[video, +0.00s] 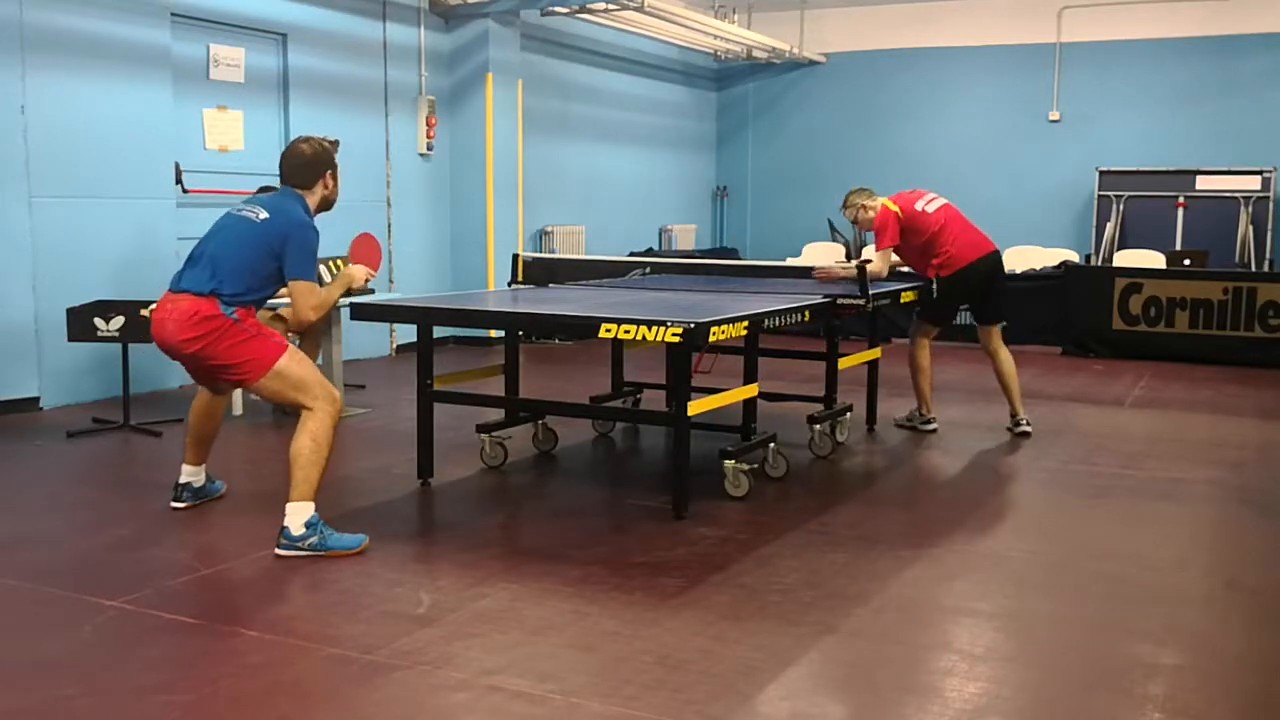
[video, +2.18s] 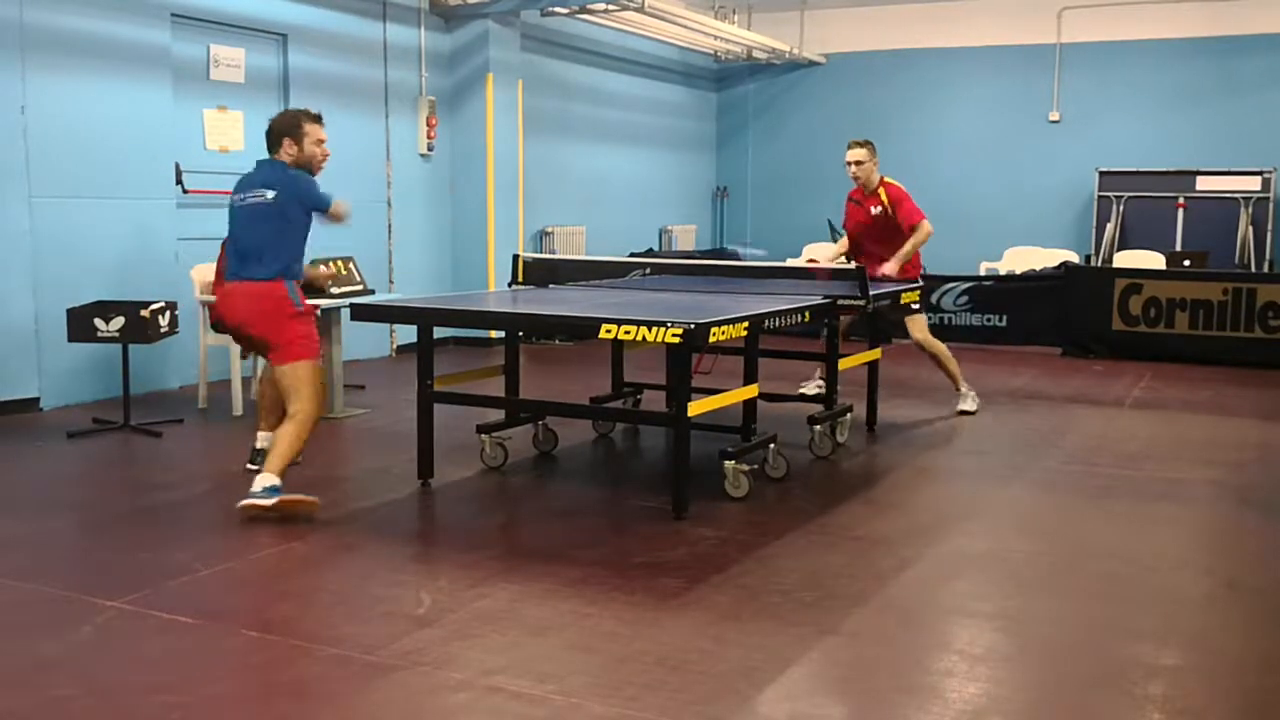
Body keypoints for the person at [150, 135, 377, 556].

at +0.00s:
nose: (338, 181)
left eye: (337, 173)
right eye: (337, 174)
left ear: (286, 177)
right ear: (325, 180)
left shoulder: (258, 202)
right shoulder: (298, 222)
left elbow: (234, 277)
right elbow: (305, 313)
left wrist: (274, 316)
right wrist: (347, 279)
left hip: (168, 315)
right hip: (207, 321)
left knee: (219, 382)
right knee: (323, 401)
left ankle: (190, 483)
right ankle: (300, 525)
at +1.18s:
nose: (320, 128)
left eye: (317, 119)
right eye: (315, 120)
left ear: (277, 130)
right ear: (295, 128)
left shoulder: (238, 167)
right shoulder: (276, 180)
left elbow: (191, 214)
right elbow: (274, 258)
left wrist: (233, 254)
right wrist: (331, 244)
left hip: (203, 297)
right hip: (239, 301)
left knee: (242, 386)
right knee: (314, 397)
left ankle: (193, 480)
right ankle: (306, 515)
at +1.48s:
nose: (337, 125)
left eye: (335, 116)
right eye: (331, 116)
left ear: (300, 123)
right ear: (307, 122)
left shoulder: (281, 162)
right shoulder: (280, 169)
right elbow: (250, 247)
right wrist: (316, 261)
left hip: (234, 290)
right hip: (251, 294)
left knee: (263, 381)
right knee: (341, 379)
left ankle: (201, 467)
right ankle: (310, 496)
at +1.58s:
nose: (344, 145)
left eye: (343, 135)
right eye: (339, 135)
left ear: (311, 141)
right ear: (313, 140)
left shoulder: (304, 186)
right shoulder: (272, 188)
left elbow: (291, 236)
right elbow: (221, 258)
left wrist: (334, 247)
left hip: (274, 298)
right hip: (248, 302)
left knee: (290, 364)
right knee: (342, 379)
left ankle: (219, 433)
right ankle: (313, 496)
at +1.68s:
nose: (348, 167)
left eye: (347, 158)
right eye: (342, 159)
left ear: (317, 165)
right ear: (316, 165)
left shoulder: (317, 205)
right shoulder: (265, 206)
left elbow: (334, 239)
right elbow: (194, 261)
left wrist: (373, 255)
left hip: (276, 308)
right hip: (243, 310)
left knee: (301, 384)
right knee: (330, 380)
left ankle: (263, 447)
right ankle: (311, 497)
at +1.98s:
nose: (346, 167)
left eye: (344, 159)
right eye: (338, 159)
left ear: (314, 165)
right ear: (308, 163)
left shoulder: (328, 207)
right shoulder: (258, 206)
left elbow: (351, 231)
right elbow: (207, 255)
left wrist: (379, 248)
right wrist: (193, 288)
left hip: (272, 299)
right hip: (234, 295)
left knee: (310, 368)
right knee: (281, 375)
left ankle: (265, 449)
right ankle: (290, 486)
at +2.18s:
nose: (325, 152)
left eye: (325, 144)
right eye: (318, 144)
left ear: (283, 149)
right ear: (289, 146)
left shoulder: (246, 181)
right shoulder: (297, 182)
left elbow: (254, 246)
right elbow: (337, 213)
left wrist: (305, 273)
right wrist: (330, 202)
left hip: (230, 300)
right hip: (274, 300)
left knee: (279, 357)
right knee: (304, 407)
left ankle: (263, 447)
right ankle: (267, 484)